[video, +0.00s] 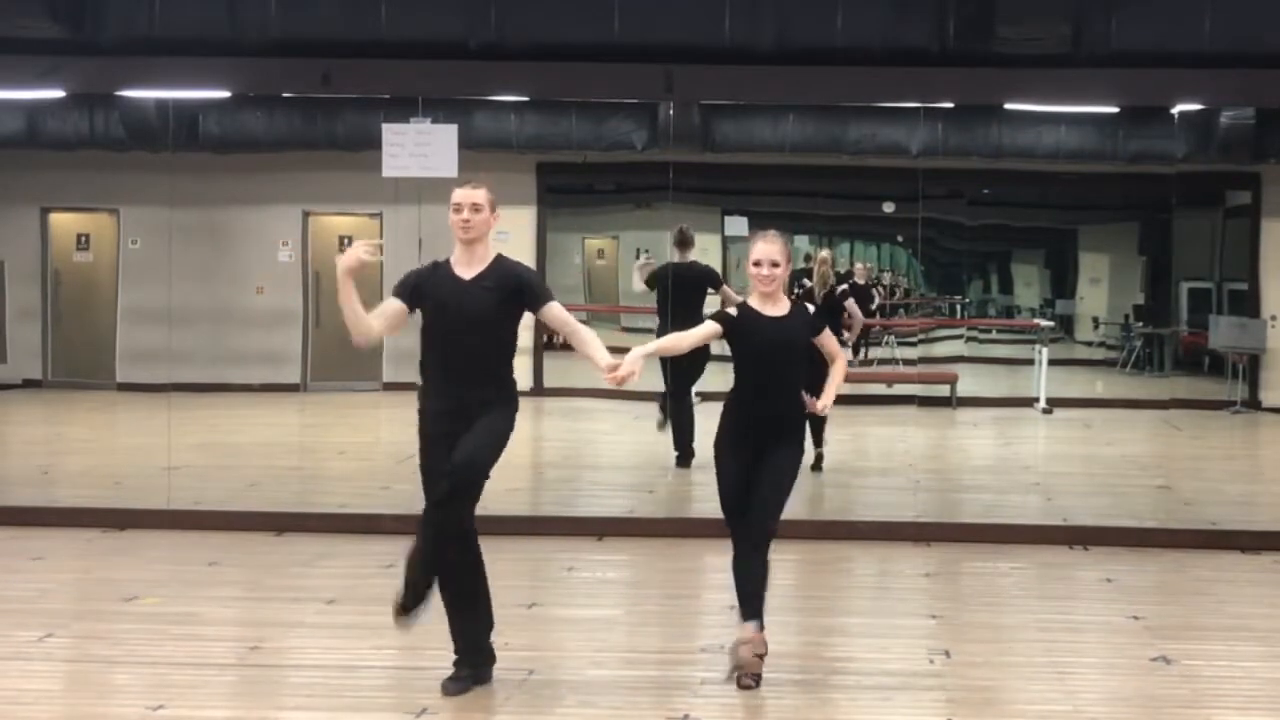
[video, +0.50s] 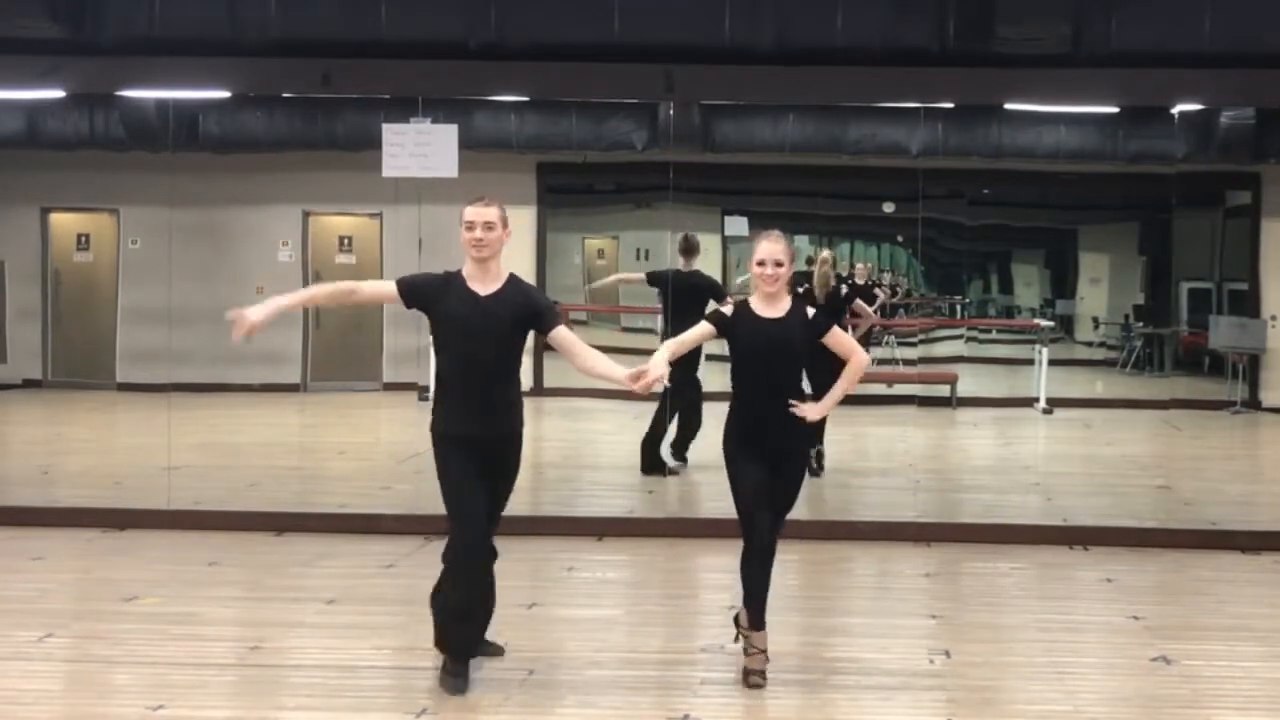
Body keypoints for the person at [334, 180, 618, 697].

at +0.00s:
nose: (464, 216)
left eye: (474, 208)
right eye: (457, 208)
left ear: (494, 218)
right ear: (447, 218)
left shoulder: (516, 277)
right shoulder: (426, 278)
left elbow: (572, 328)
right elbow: (366, 332)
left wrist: (605, 362)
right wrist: (344, 276)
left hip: (492, 408)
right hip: (438, 411)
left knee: (461, 476)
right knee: (450, 524)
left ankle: (418, 577)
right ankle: (474, 655)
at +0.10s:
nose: (469, 219)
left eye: (479, 212)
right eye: (461, 211)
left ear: (497, 221)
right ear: (450, 220)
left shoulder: (518, 280)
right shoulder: (431, 283)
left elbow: (575, 329)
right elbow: (426, 354)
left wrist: (606, 362)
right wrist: (374, 341)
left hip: (484, 410)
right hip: (436, 408)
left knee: (450, 514)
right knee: (439, 524)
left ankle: (449, 645)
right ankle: (472, 655)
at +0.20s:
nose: (471, 222)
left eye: (481, 214)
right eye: (464, 214)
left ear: (500, 223)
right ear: (454, 223)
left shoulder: (522, 286)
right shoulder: (434, 288)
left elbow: (571, 337)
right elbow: (425, 366)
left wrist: (604, 366)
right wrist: (394, 407)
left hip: (488, 426)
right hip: (440, 425)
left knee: (455, 543)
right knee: (435, 547)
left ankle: (525, 631)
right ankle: (476, 662)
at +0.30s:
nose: (474, 226)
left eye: (484, 218)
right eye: (466, 219)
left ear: (502, 227)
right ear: (456, 228)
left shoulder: (522, 294)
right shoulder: (434, 290)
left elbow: (571, 344)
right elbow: (391, 358)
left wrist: (607, 366)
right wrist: (341, 404)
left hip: (497, 440)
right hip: (439, 439)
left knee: (511, 552)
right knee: (438, 551)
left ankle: (498, 617)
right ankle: (475, 662)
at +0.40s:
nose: (477, 233)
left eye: (486, 225)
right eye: (469, 225)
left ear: (504, 234)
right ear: (459, 234)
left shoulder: (523, 300)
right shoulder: (433, 291)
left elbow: (574, 349)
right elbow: (358, 320)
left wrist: (615, 370)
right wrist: (291, 356)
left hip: (501, 435)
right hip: (451, 434)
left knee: (472, 537)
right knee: (449, 536)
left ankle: (473, 643)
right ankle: (474, 652)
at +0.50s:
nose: (478, 236)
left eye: (488, 227)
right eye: (470, 228)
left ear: (507, 234)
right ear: (459, 235)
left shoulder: (526, 299)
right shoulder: (437, 289)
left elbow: (579, 351)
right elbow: (354, 291)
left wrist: (625, 378)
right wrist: (276, 304)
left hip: (503, 437)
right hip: (454, 435)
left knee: (478, 537)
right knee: (472, 538)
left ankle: (462, 627)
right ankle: (456, 652)